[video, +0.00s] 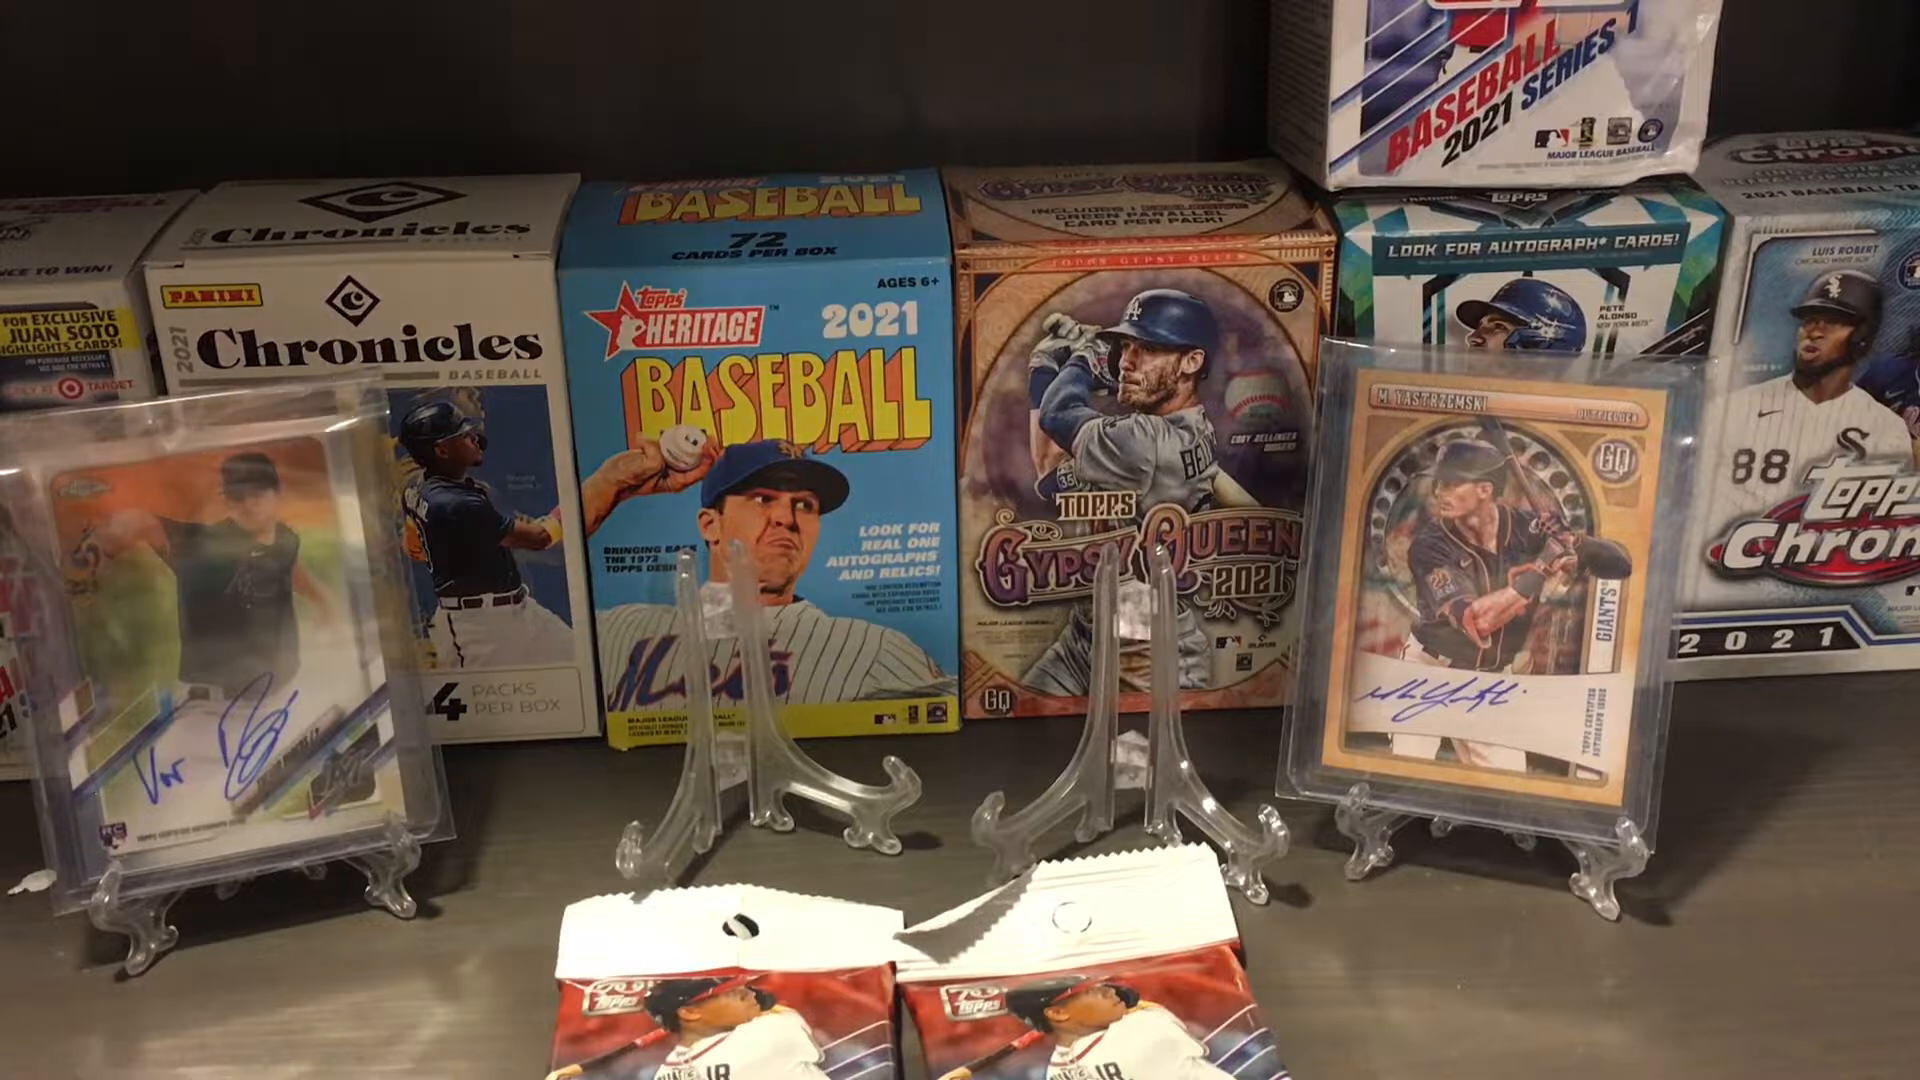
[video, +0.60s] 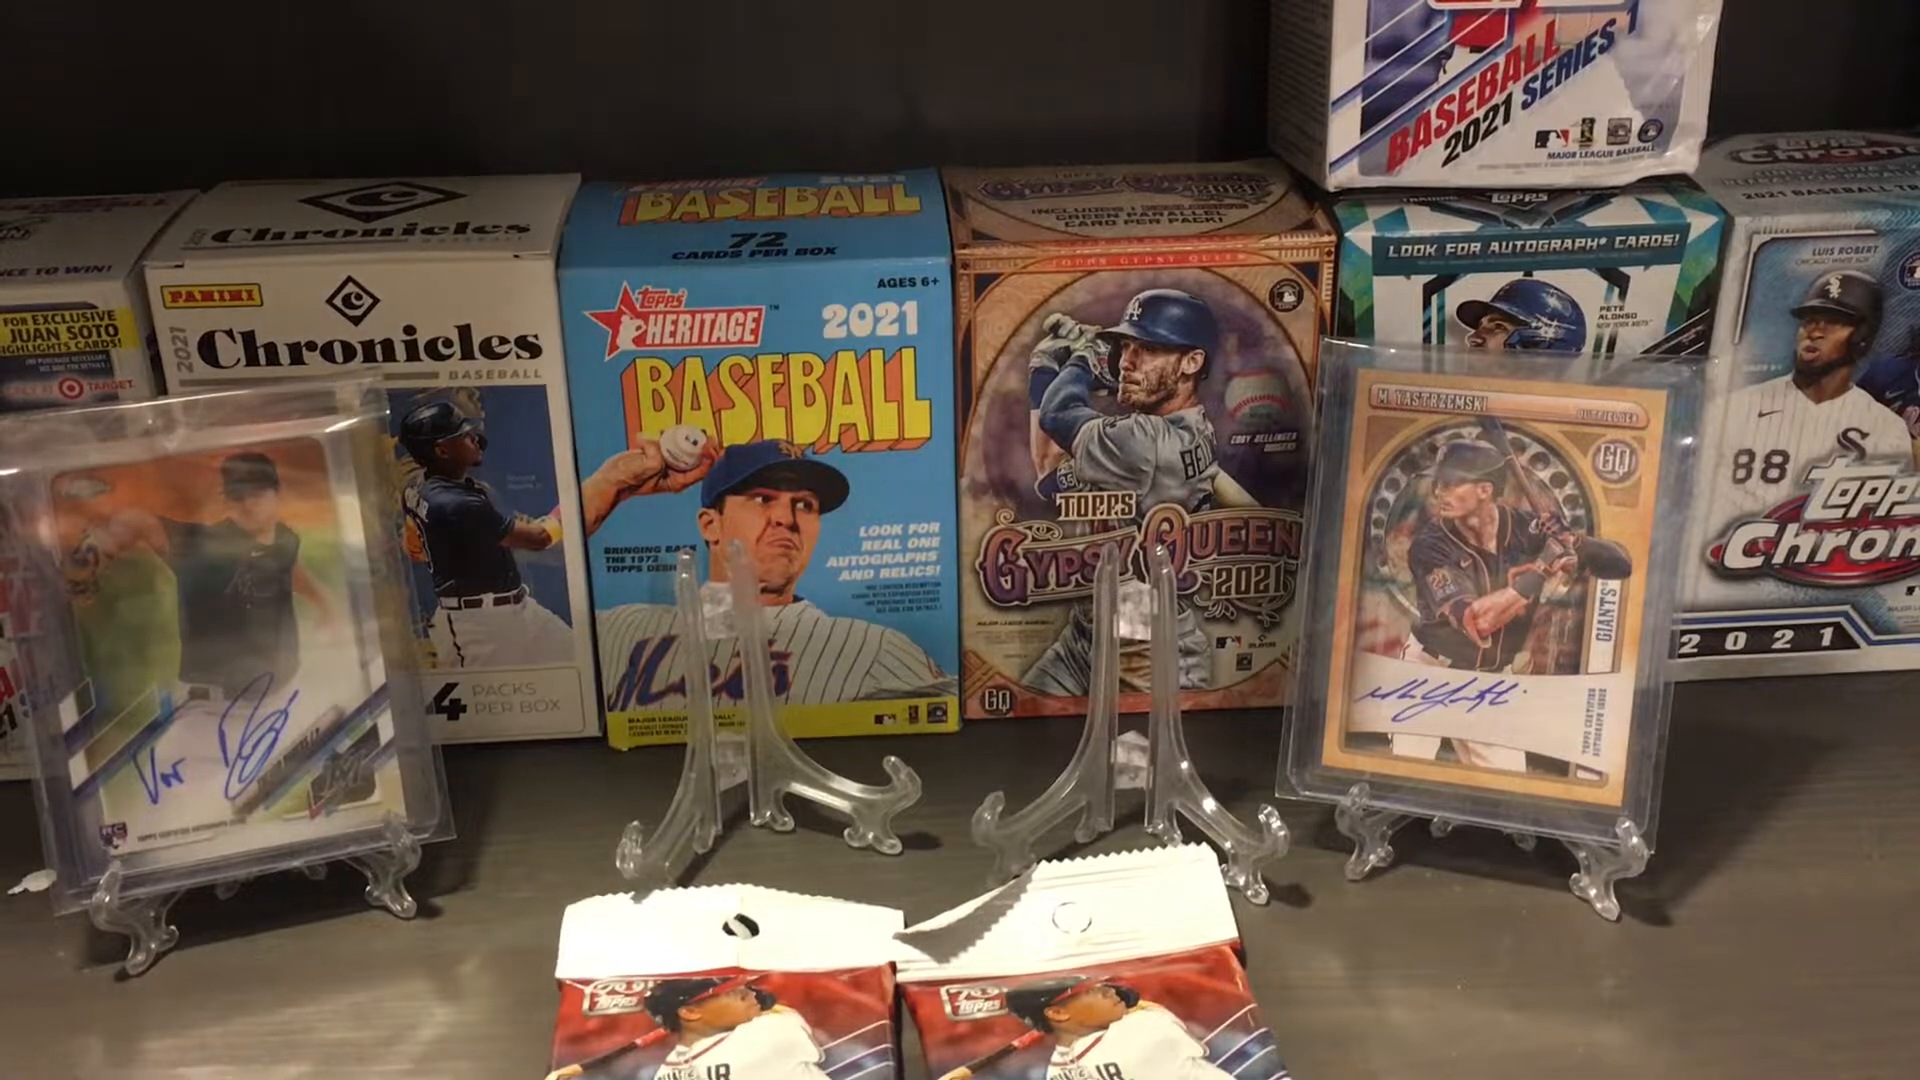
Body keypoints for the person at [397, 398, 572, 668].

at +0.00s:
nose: (475, 436)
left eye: (469, 430)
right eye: (465, 433)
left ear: (442, 451)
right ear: (441, 450)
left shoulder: (421, 489)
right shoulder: (461, 507)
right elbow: (539, 537)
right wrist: (567, 511)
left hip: (519, 609)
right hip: (473, 622)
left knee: (587, 664)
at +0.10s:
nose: (475, 436)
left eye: (470, 430)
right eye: (465, 433)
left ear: (443, 451)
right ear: (442, 450)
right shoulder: (459, 507)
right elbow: (539, 537)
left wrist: (538, 524)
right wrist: (566, 512)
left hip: (519, 609)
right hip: (473, 623)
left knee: (588, 665)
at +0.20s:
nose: (476, 437)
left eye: (470, 430)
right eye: (465, 433)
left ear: (442, 451)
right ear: (442, 450)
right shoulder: (461, 507)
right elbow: (539, 538)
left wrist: (541, 524)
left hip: (520, 609)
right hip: (474, 623)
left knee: (587, 665)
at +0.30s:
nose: (475, 435)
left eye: (469, 429)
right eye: (464, 433)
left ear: (442, 451)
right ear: (442, 450)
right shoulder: (461, 507)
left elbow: (413, 545)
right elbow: (539, 537)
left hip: (520, 610)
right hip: (474, 624)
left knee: (589, 664)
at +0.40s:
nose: (474, 436)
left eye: (468, 430)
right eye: (464, 433)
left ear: (442, 451)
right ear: (441, 450)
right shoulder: (460, 506)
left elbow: (413, 546)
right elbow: (539, 537)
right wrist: (571, 508)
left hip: (518, 609)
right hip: (474, 623)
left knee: (587, 664)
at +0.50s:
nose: (476, 437)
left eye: (470, 431)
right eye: (465, 434)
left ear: (443, 451)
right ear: (442, 450)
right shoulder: (460, 507)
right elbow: (539, 538)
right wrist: (569, 510)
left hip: (519, 608)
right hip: (474, 623)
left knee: (587, 665)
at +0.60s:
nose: (475, 436)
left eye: (469, 430)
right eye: (464, 434)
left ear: (443, 451)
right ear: (442, 450)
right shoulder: (460, 507)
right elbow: (539, 538)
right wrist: (570, 509)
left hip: (519, 609)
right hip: (474, 623)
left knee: (587, 664)